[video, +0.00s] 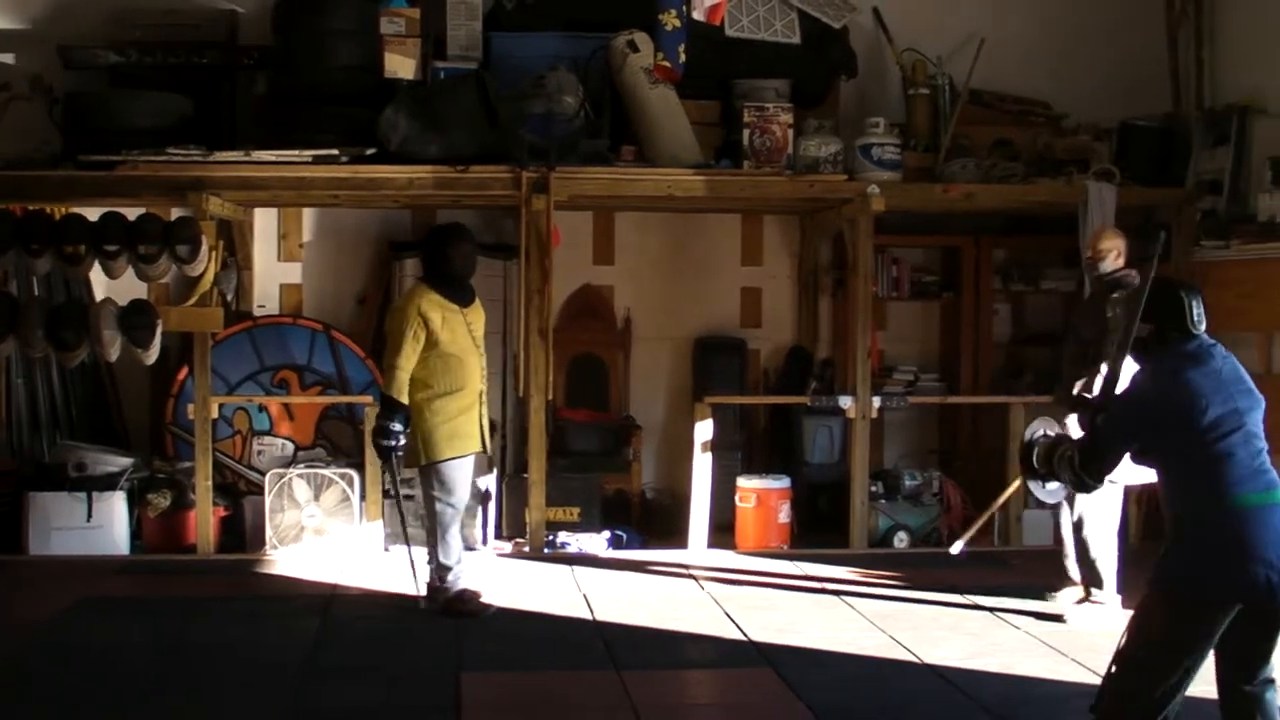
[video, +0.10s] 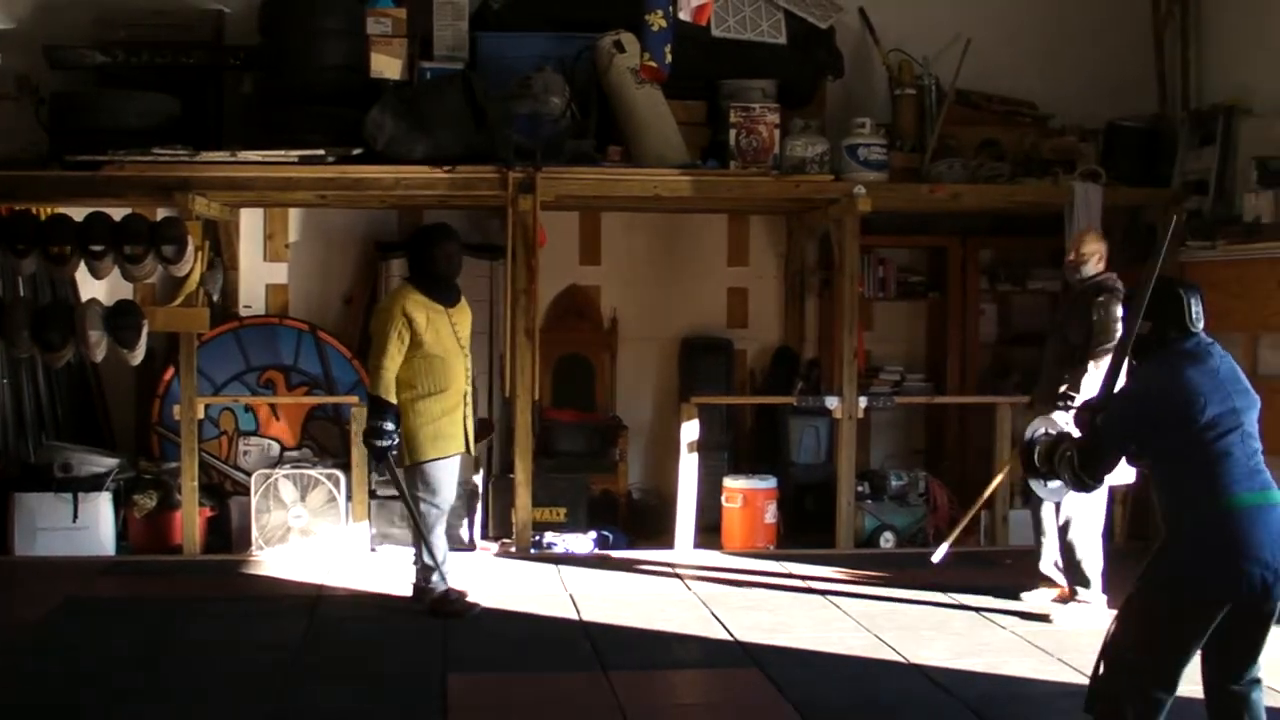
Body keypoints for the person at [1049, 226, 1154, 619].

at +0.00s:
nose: (1092, 259)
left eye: (1100, 254)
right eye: (1090, 253)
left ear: (1120, 255)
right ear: (1090, 255)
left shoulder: (1128, 291)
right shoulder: (1094, 292)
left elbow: (1118, 351)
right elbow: (1079, 342)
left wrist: (1094, 394)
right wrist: (1068, 387)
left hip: (1110, 409)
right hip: (1078, 406)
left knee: (1100, 500)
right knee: (1071, 497)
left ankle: (1104, 588)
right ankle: (1077, 578)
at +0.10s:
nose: (1071, 260)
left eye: (1080, 255)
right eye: (1070, 254)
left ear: (1100, 259)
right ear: (1070, 257)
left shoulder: (1106, 294)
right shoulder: (1073, 293)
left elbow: (1103, 355)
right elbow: (1059, 350)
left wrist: (1071, 402)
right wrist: (1042, 397)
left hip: (1086, 413)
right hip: (1055, 408)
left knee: (1082, 508)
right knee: (1047, 499)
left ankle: (1090, 594)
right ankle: (1055, 580)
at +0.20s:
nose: (1052, 259)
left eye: (1060, 253)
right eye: (1050, 253)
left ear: (1080, 257)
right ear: (1048, 257)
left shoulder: (1091, 299)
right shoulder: (1050, 297)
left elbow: (1094, 359)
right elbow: (1038, 354)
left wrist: (1063, 399)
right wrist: (1015, 396)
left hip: (1071, 414)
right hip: (1038, 411)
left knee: (1069, 503)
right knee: (1035, 498)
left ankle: (1075, 592)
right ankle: (1046, 579)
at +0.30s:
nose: (1032, 260)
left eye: (1039, 254)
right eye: (1029, 254)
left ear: (1059, 258)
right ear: (1024, 259)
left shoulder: (1076, 298)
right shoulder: (1026, 299)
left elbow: (1081, 361)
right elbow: (1016, 355)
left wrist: (1051, 405)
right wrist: (1002, 401)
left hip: (1065, 416)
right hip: (1026, 411)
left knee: (1065, 501)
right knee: (1028, 497)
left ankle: (1062, 590)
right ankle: (1033, 579)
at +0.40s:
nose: (1014, 261)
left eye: (1021, 255)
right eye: (1009, 255)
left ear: (1041, 256)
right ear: (1004, 260)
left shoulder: (1055, 293)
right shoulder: (1003, 301)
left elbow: (1059, 352)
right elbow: (985, 350)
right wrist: (971, 392)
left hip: (1049, 409)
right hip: (1005, 405)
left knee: (1055, 499)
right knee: (1012, 495)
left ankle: (1057, 587)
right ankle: (1020, 578)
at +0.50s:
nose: (1001, 258)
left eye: (1008, 252)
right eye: (996, 253)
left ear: (1026, 256)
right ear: (990, 259)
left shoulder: (1041, 293)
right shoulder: (987, 302)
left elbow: (1044, 352)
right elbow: (969, 349)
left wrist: (1018, 396)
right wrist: (954, 392)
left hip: (1035, 410)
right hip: (993, 410)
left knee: (1044, 494)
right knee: (997, 495)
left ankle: (1060, 575)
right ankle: (1000, 576)